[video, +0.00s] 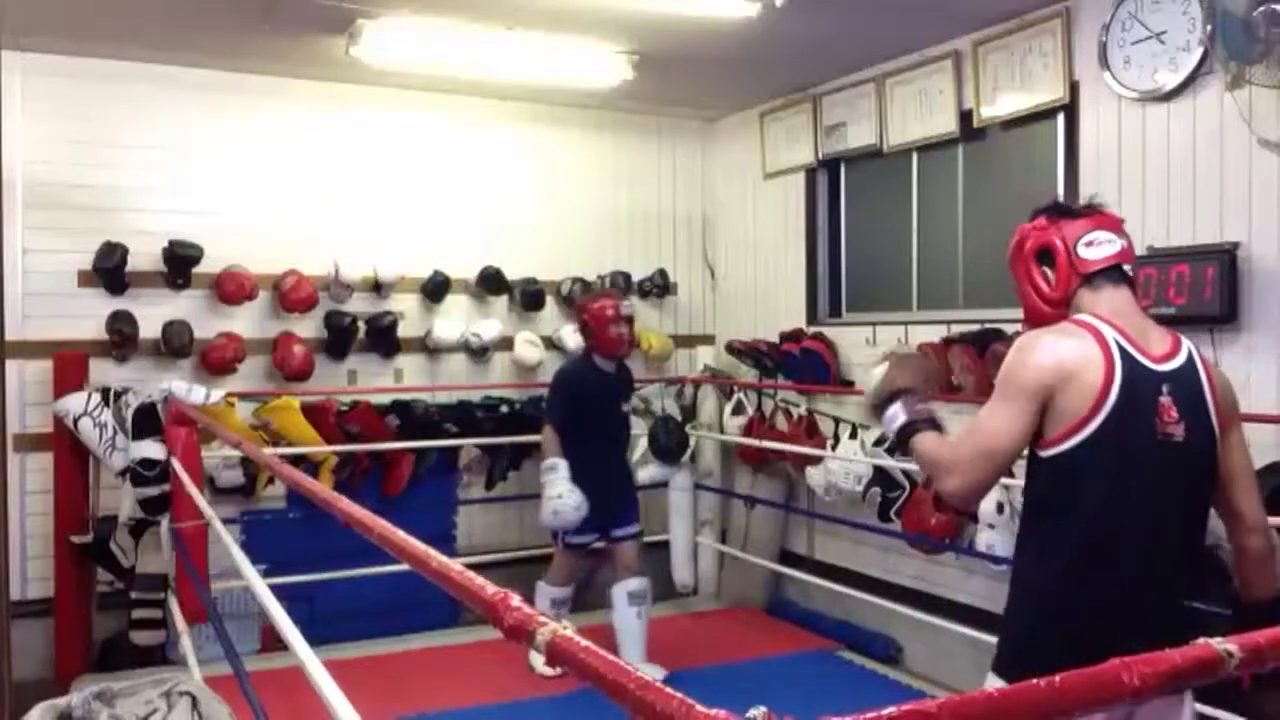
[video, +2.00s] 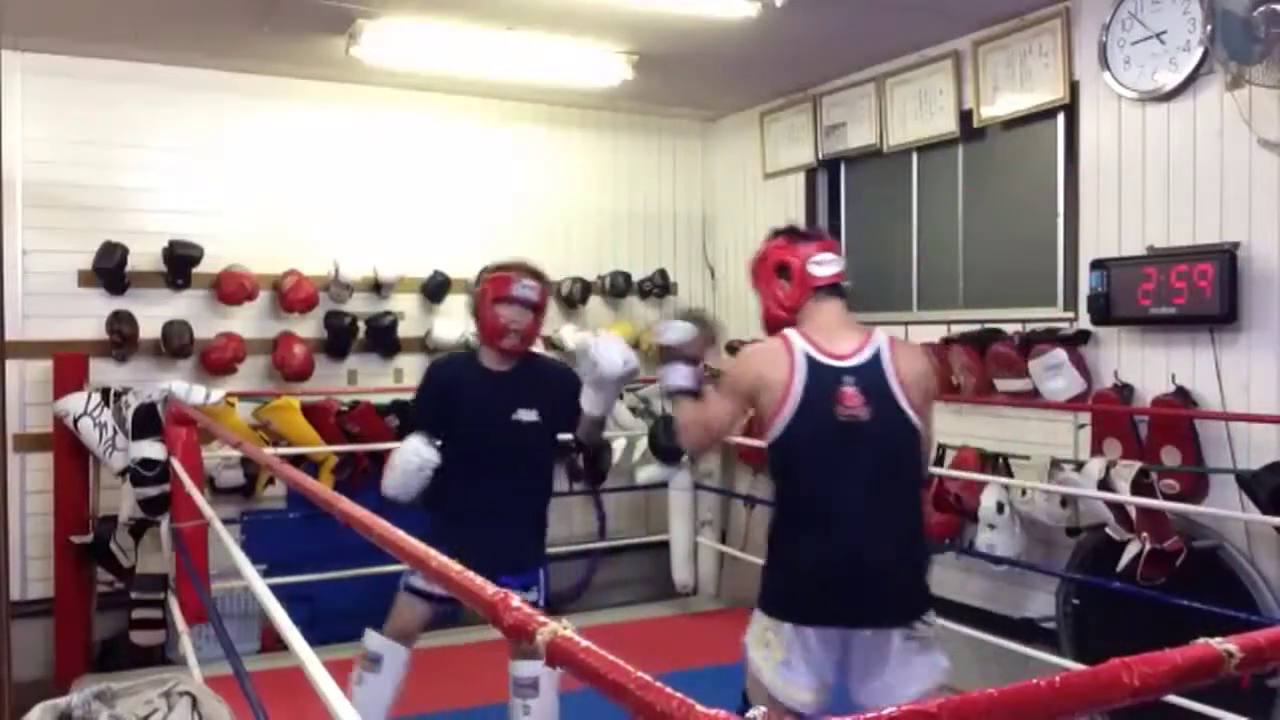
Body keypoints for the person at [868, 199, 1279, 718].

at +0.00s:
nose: (1027, 295)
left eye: (1029, 276)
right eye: (1025, 278)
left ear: (1052, 267)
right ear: (1124, 266)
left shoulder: (1048, 354)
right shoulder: (1203, 374)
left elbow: (957, 481)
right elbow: (1252, 530)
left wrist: (907, 412)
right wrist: (1260, 628)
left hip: (1050, 677)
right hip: (1164, 675)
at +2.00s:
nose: (762, 305)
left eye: (764, 291)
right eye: (761, 292)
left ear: (784, 285)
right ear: (837, 280)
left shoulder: (765, 362)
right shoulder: (911, 362)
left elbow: (693, 435)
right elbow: (919, 461)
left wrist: (681, 372)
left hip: (802, 600)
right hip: (895, 595)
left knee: (776, 710)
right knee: (902, 715)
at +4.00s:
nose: (814, 323)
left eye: (815, 308)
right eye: (811, 309)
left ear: (847, 298)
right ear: (876, 293)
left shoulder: (850, 367)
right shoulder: (935, 366)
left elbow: (802, 473)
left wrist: (754, 406)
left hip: (844, 585)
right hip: (916, 587)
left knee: (731, 695)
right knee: (886, 711)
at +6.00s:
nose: (596, 301)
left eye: (600, 288)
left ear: (615, 289)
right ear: (687, 290)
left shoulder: (572, 368)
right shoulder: (738, 382)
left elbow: (524, 485)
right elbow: (739, 504)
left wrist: (585, 462)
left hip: (584, 623)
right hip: (690, 628)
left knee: (569, 709)